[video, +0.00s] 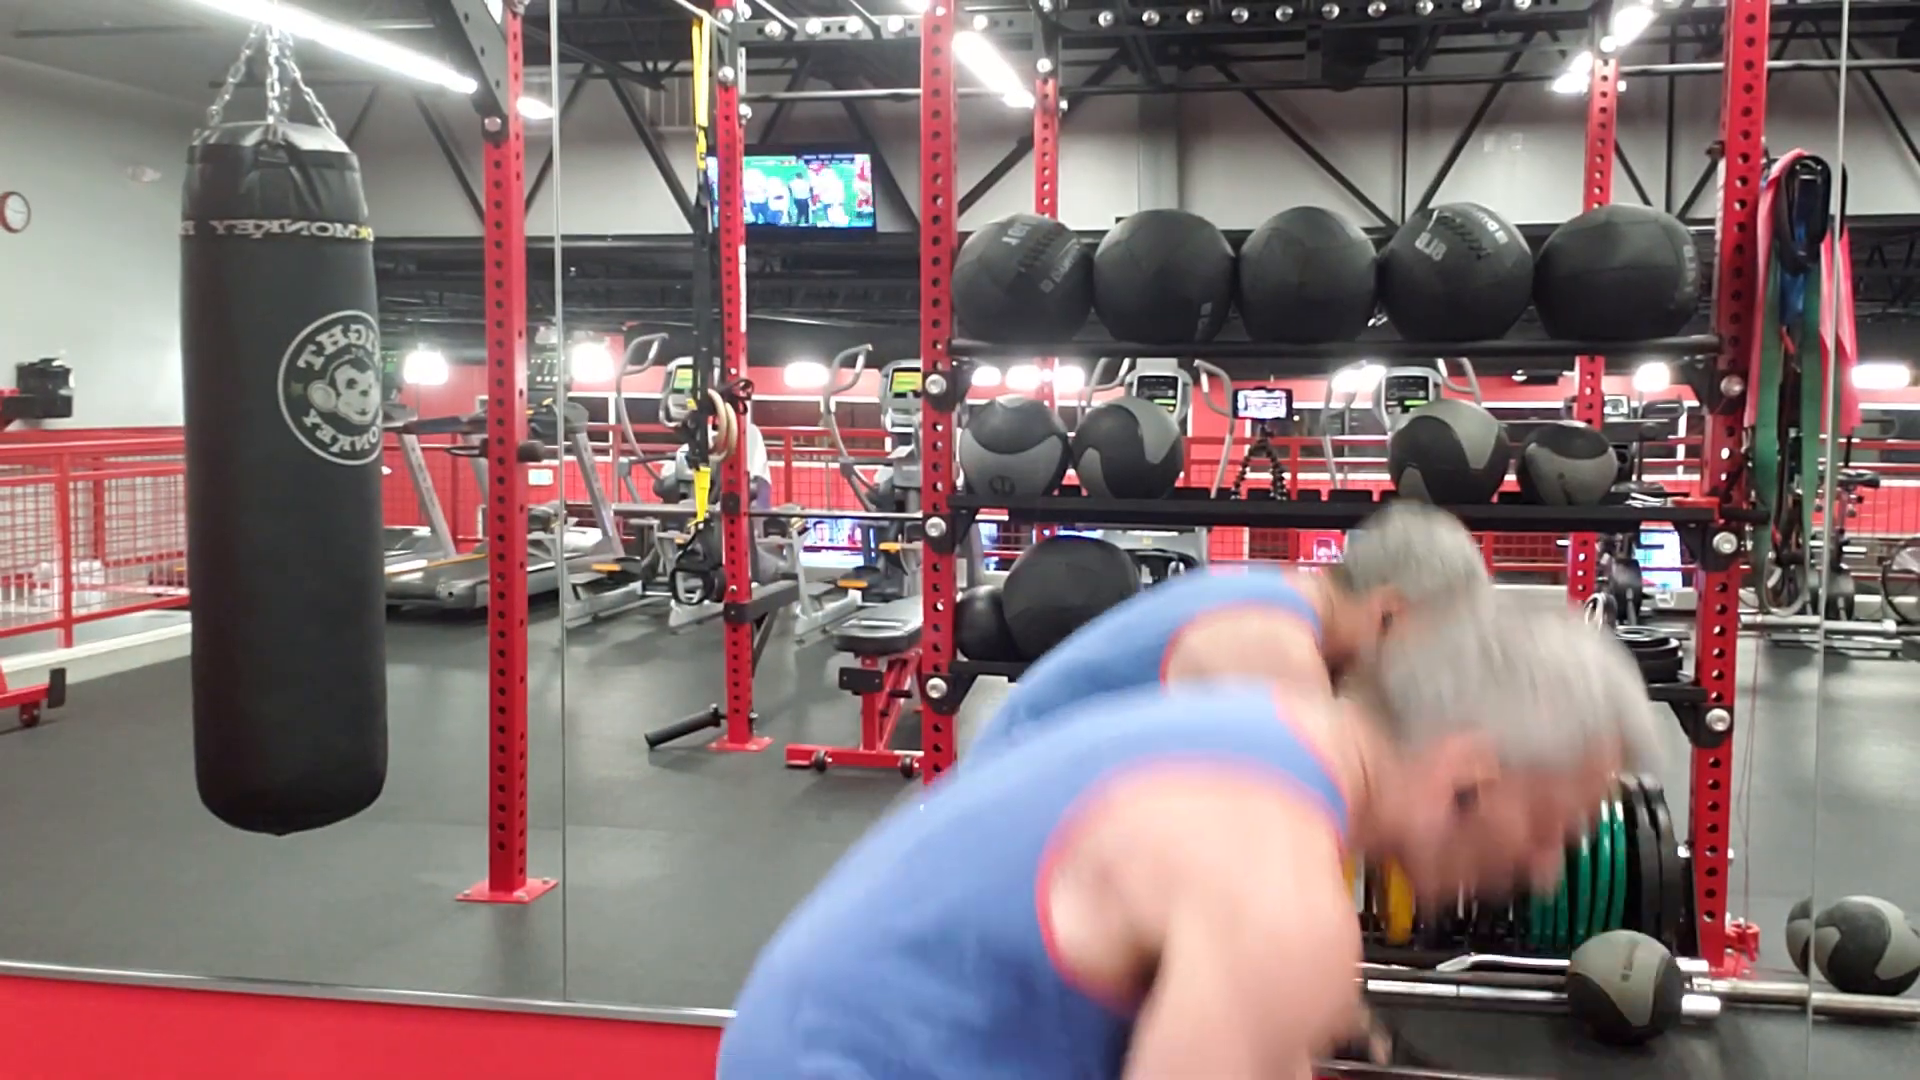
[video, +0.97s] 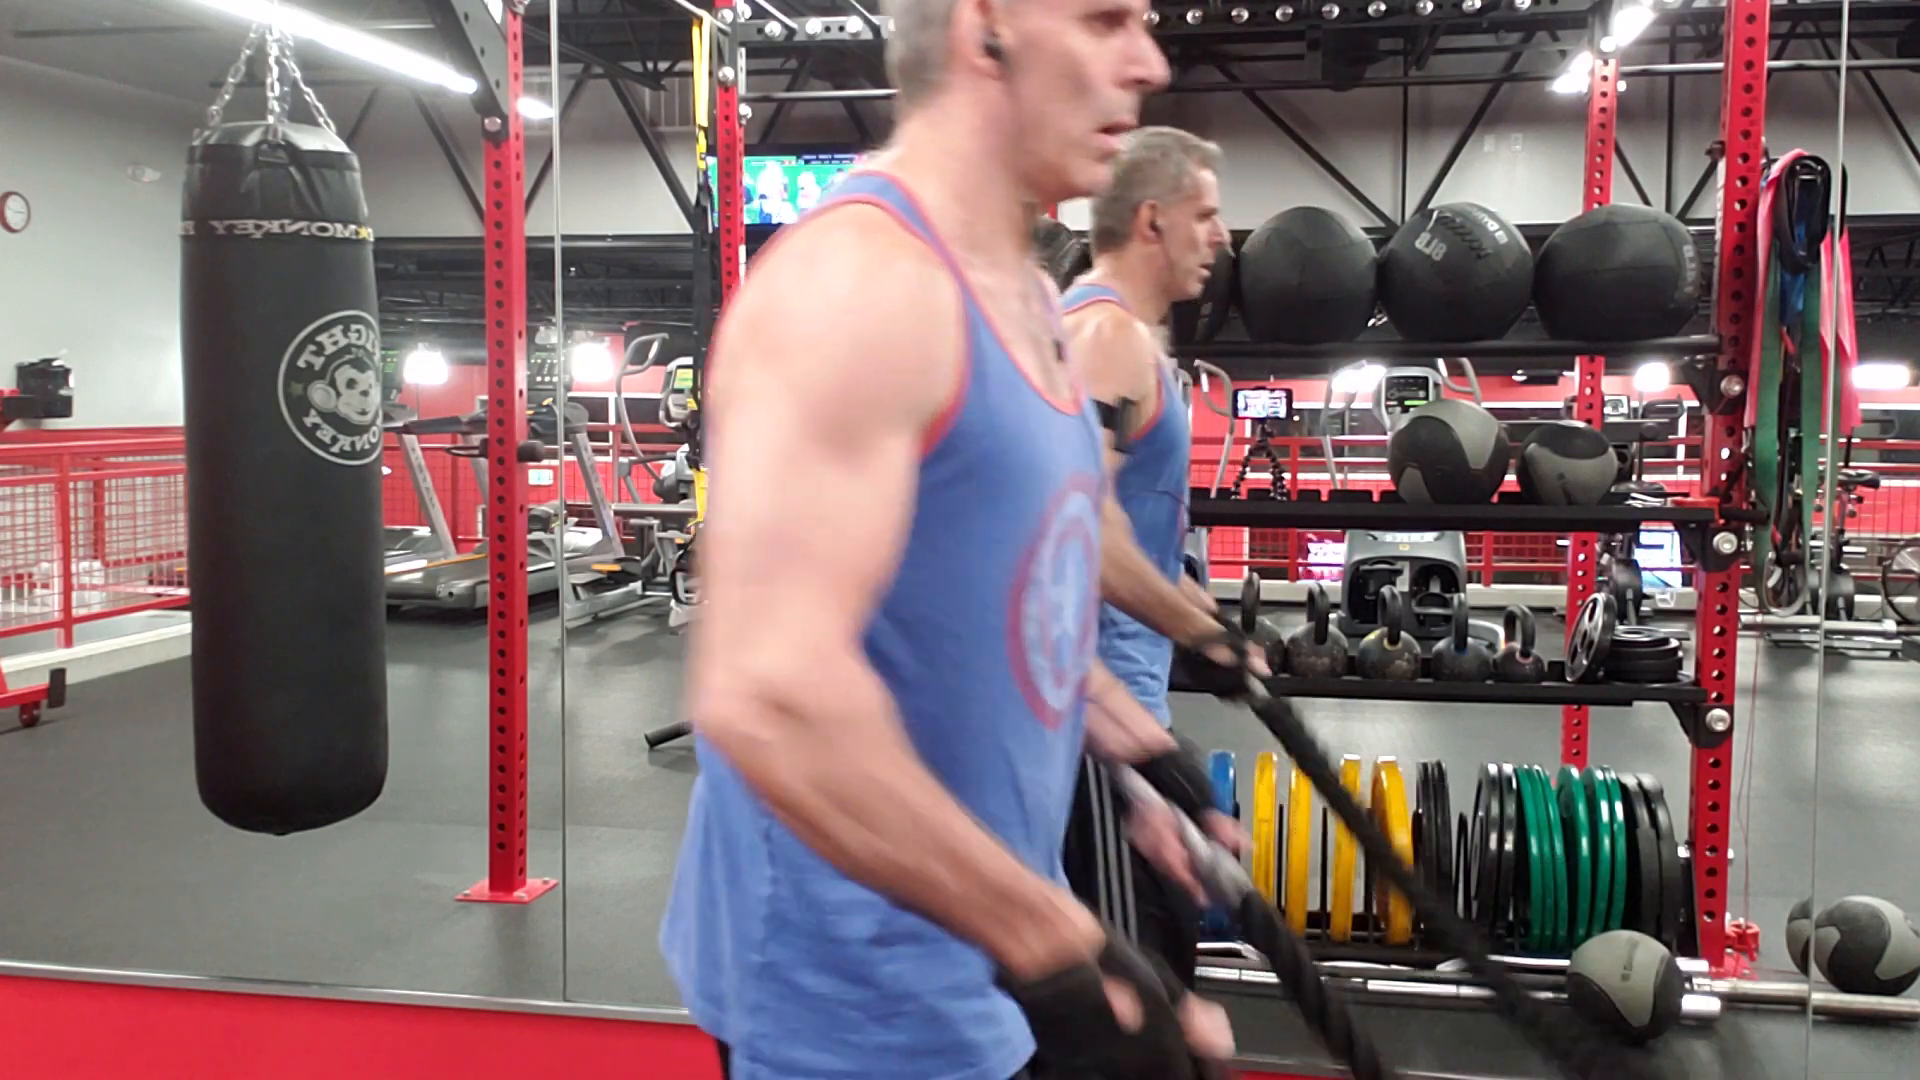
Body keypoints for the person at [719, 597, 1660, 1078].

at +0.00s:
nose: (1544, 875)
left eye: (1567, 843)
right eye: (1553, 834)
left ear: (1465, 758)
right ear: (1472, 781)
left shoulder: (1272, 731)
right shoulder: (1274, 904)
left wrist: (1302, 1017)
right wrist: (1328, 1042)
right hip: (844, 1059)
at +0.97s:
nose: (1150, 67)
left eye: (1143, 28)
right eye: (1107, 21)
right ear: (984, 27)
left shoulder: (1020, 284)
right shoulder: (856, 278)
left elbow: (1004, 603)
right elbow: (766, 683)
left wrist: (1150, 771)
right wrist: (1063, 956)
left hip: (970, 968)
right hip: (862, 995)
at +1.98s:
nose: (792, 70)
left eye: (788, 38)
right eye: (748, 29)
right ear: (634, 37)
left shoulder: (747, 280)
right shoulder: (532, 262)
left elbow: (773, 570)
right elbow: (462, 616)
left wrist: (930, 693)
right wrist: (744, 802)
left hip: (749, 900)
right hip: (592, 934)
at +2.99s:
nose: (873, 167)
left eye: (877, 130)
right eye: (841, 121)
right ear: (727, 107)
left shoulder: (799, 339)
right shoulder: (557, 307)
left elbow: (788, 603)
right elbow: (454, 650)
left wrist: (913, 786)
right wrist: (681, 887)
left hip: (747, 921)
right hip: (569, 950)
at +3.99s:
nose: (885, 185)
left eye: (879, 150)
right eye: (844, 144)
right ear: (728, 154)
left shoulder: (802, 380)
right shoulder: (572, 366)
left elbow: (775, 640)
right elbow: (444, 726)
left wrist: (898, 839)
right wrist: (663, 985)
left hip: (722, 926)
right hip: (530, 978)